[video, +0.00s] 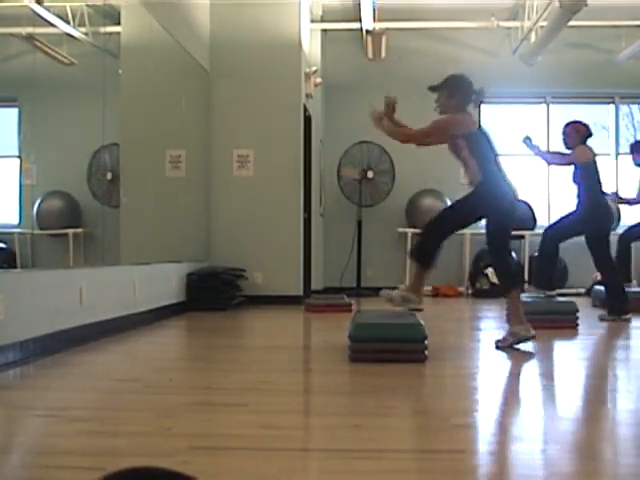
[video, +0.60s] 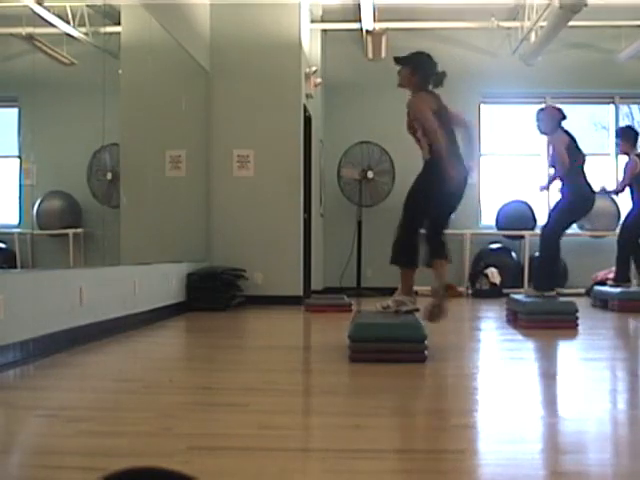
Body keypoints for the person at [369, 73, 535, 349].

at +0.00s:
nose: (437, 99)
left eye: (441, 94)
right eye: (438, 94)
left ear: (454, 97)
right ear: (460, 98)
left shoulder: (456, 122)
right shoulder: (461, 122)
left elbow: (411, 137)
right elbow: (419, 137)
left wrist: (382, 124)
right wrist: (393, 119)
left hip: (490, 195)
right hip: (493, 194)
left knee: (434, 231)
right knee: (500, 255)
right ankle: (518, 324)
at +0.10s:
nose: (426, 96)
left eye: (430, 92)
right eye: (427, 92)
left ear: (442, 95)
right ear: (448, 96)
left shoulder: (442, 121)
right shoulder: (453, 120)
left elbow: (396, 139)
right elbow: (410, 136)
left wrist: (371, 124)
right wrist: (386, 117)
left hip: (468, 193)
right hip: (483, 192)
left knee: (417, 230)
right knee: (491, 253)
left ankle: (406, 296)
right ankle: (517, 320)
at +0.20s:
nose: (414, 79)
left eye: (419, 75)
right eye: (416, 75)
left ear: (431, 80)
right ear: (440, 80)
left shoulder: (423, 109)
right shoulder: (448, 107)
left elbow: (395, 142)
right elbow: (428, 144)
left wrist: (370, 153)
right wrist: (393, 152)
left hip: (448, 179)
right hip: (471, 179)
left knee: (414, 226)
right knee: (470, 242)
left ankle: (406, 295)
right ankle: (493, 305)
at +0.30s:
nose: (404, 71)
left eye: (408, 66)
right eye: (405, 66)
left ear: (420, 70)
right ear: (428, 70)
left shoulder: (415, 98)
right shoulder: (440, 96)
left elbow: (415, 134)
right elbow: (446, 137)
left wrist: (403, 170)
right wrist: (431, 166)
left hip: (441, 168)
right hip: (464, 169)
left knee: (418, 224)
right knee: (450, 229)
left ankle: (406, 293)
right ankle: (464, 287)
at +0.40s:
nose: (396, 72)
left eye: (401, 68)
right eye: (398, 68)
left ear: (412, 73)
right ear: (421, 73)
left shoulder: (411, 97)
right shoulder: (434, 96)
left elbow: (435, 120)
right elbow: (468, 113)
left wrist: (444, 158)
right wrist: (485, 139)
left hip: (435, 165)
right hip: (457, 166)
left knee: (412, 226)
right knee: (433, 225)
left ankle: (405, 294)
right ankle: (437, 279)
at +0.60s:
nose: (399, 74)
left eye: (403, 70)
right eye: (401, 70)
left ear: (414, 74)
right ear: (422, 76)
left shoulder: (417, 101)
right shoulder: (435, 101)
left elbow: (434, 131)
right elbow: (466, 123)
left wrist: (447, 164)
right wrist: (471, 156)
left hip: (435, 168)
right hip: (456, 167)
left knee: (409, 226)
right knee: (435, 229)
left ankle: (405, 294)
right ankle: (440, 291)